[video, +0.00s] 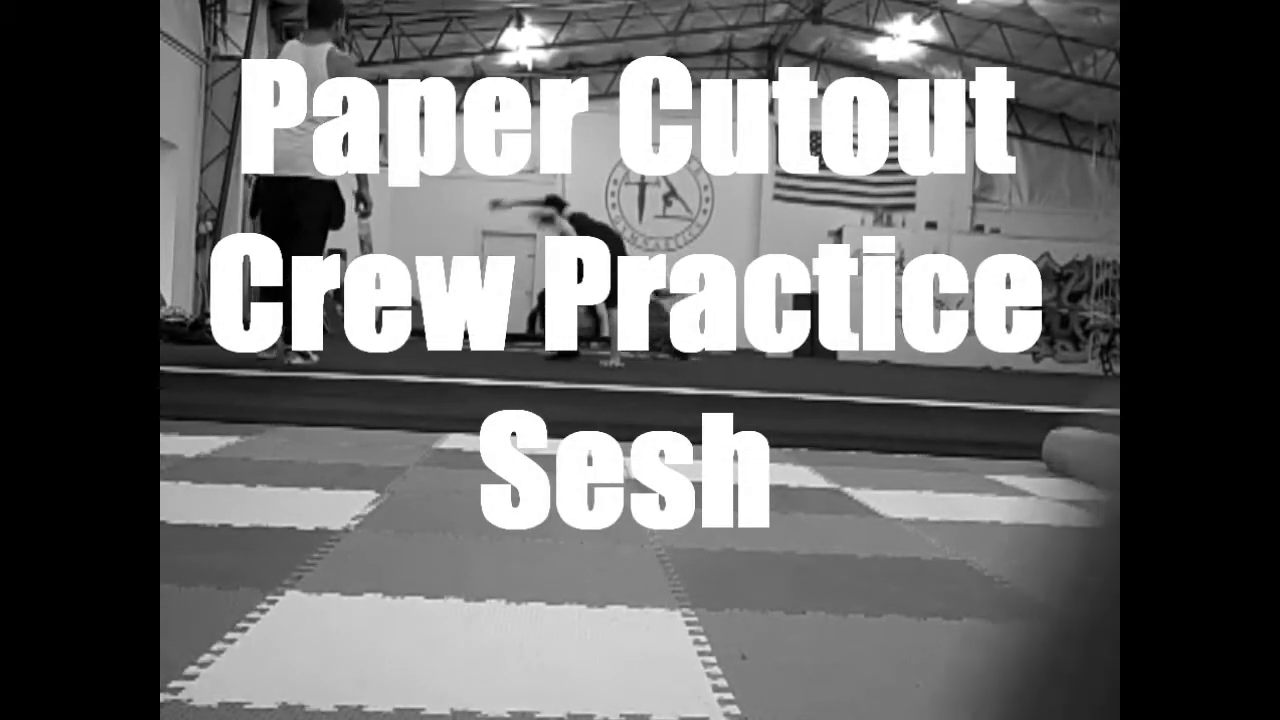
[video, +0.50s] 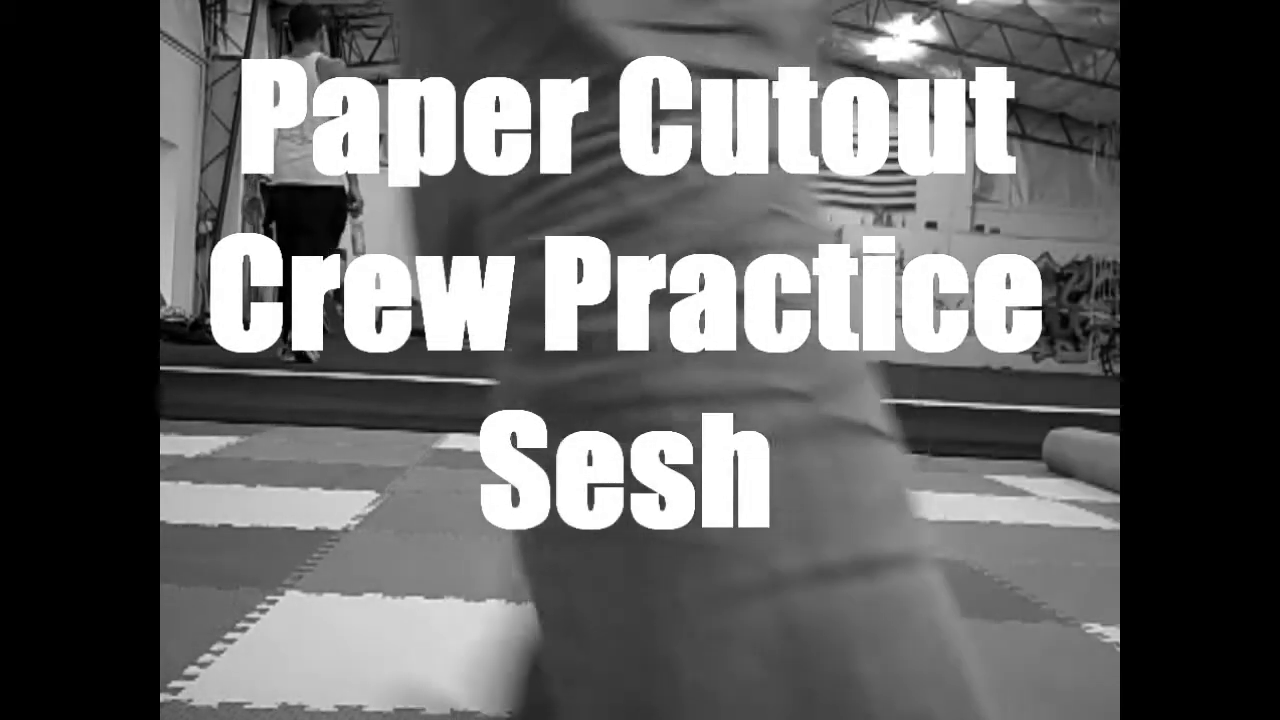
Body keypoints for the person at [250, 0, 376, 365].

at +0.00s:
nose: (345, 30)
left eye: (343, 23)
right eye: (344, 23)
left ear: (307, 18)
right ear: (338, 23)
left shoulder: (284, 52)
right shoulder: (340, 61)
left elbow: (262, 116)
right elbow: (358, 129)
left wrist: (256, 172)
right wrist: (362, 187)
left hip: (274, 177)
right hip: (315, 180)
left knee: (274, 259)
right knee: (307, 265)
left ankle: (269, 340)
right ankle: (300, 346)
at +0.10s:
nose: (343, 31)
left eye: (340, 25)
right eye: (343, 25)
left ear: (306, 22)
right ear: (338, 26)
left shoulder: (284, 57)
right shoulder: (342, 65)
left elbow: (263, 120)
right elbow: (358, 131)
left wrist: (257, 175)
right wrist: (364, 188)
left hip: (277, 178)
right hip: (317, 181)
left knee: (279, 260)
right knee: (309, 264)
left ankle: (280, 339)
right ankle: (301, 345)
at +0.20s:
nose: (340, 33)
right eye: (340, 28)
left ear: (302, 26)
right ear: (336, 29)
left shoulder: (281, 62)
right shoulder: (340, 66)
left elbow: (262, 121)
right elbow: (357, 133)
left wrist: (258, 172)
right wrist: (364, 190)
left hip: (279, 181)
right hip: (320, 182)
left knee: (280, 261)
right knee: (309, 265)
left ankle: (281, 339)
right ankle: (301, 345)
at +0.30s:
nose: (336, 34)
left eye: (333, 30)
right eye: (336, 30)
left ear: (299, 29)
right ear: (331, 31)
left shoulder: (277, 67)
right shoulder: (340, 70)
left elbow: (259, 129)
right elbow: (354, 137)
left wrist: (258, 183)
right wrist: (362, 190)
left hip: (281, 185)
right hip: (323, 185)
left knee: (288, 266)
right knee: (310, 266)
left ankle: (292, 341)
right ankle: (300, 346)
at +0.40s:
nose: (330, 36)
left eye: (326, 32)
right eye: (329, 31)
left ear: (293, 31)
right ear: (325, 32)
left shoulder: (273, 69)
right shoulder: (336, 69)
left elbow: (257, 132)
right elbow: (351, 134)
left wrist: (260, 187)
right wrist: (358, 189)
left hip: (280, 186)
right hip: (322, 187)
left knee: (289, 267)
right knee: (310, 268)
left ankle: (291, 340)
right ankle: (300, 344)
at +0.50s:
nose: (328, 37)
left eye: (324, 33)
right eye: (327, 32)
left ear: (289, 34)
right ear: (321, 33)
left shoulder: (273, 70)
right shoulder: (336, 69)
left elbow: (256, 134)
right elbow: (350, 132)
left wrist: (255, 190)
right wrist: (354, 187)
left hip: (281, 188)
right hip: (325, 187)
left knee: (290, 267)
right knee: (317, 267)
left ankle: (294, 341)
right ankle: (304, 343)